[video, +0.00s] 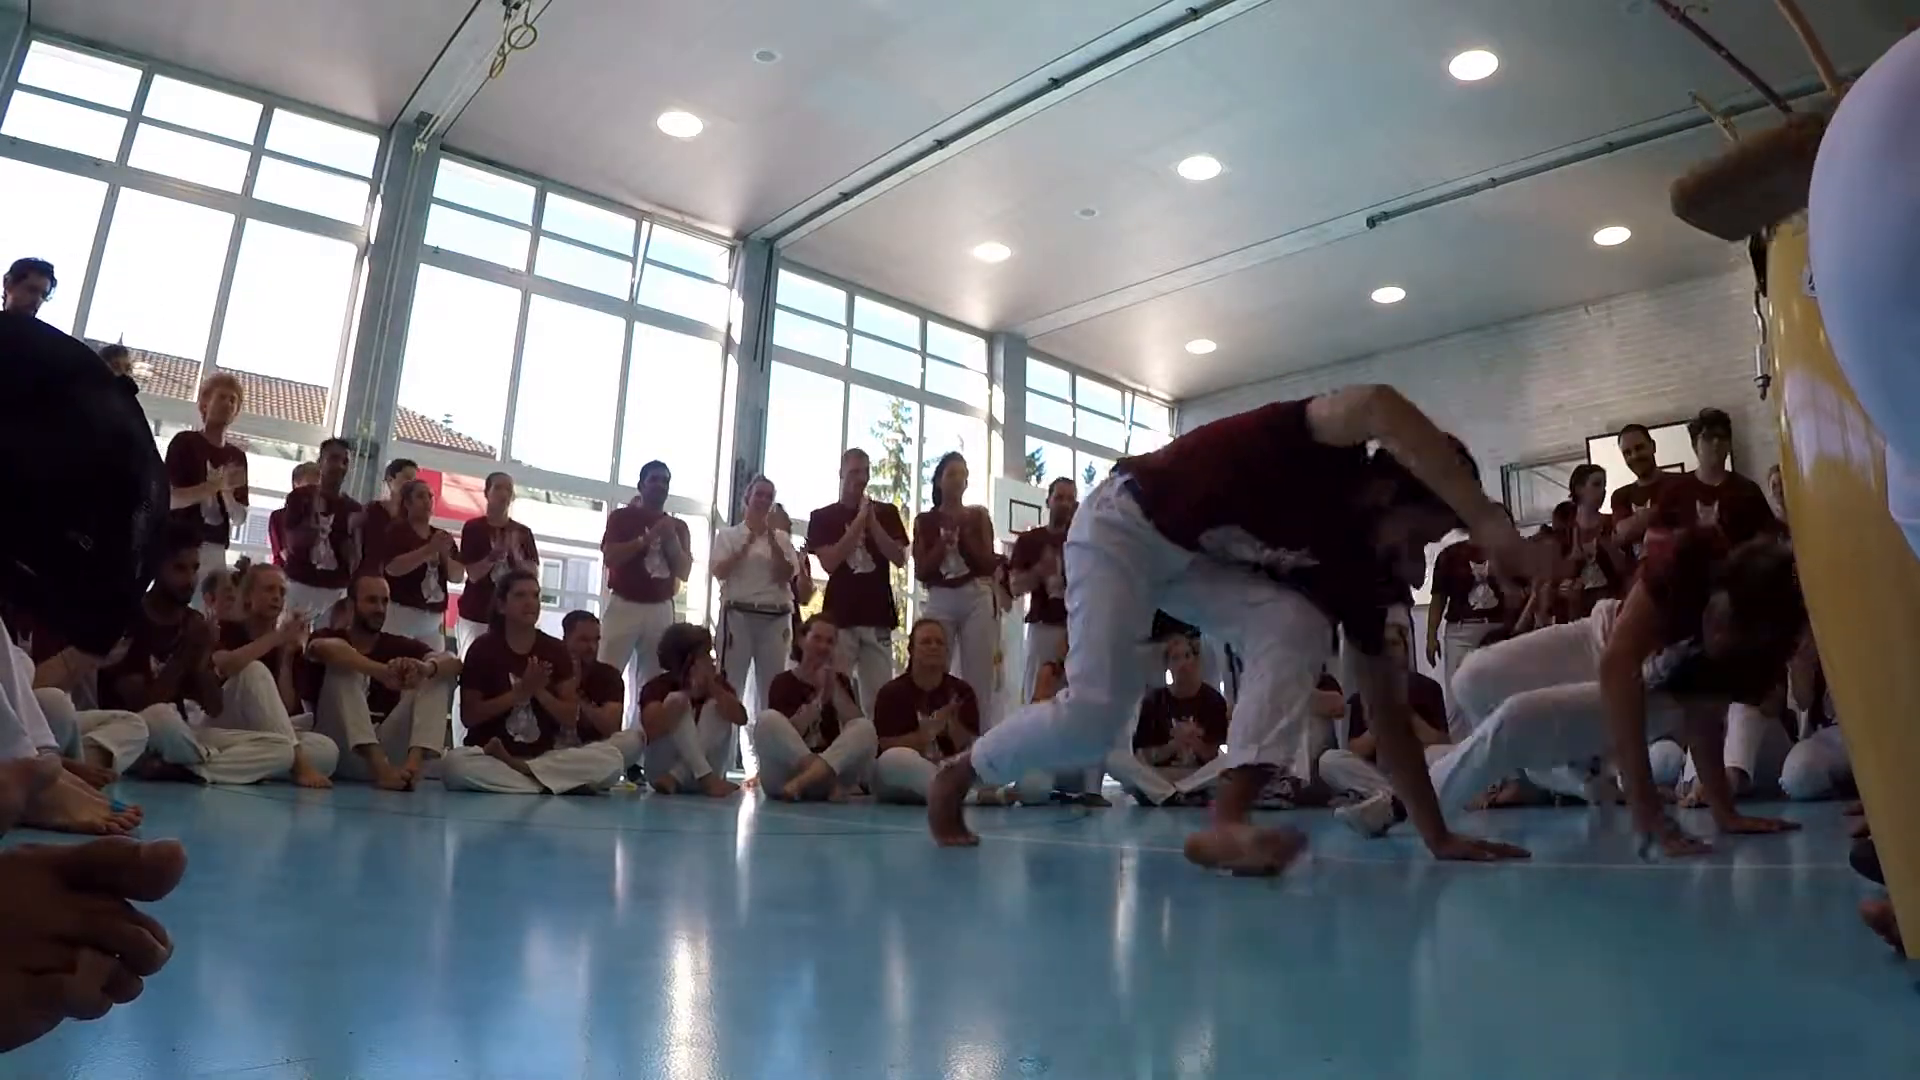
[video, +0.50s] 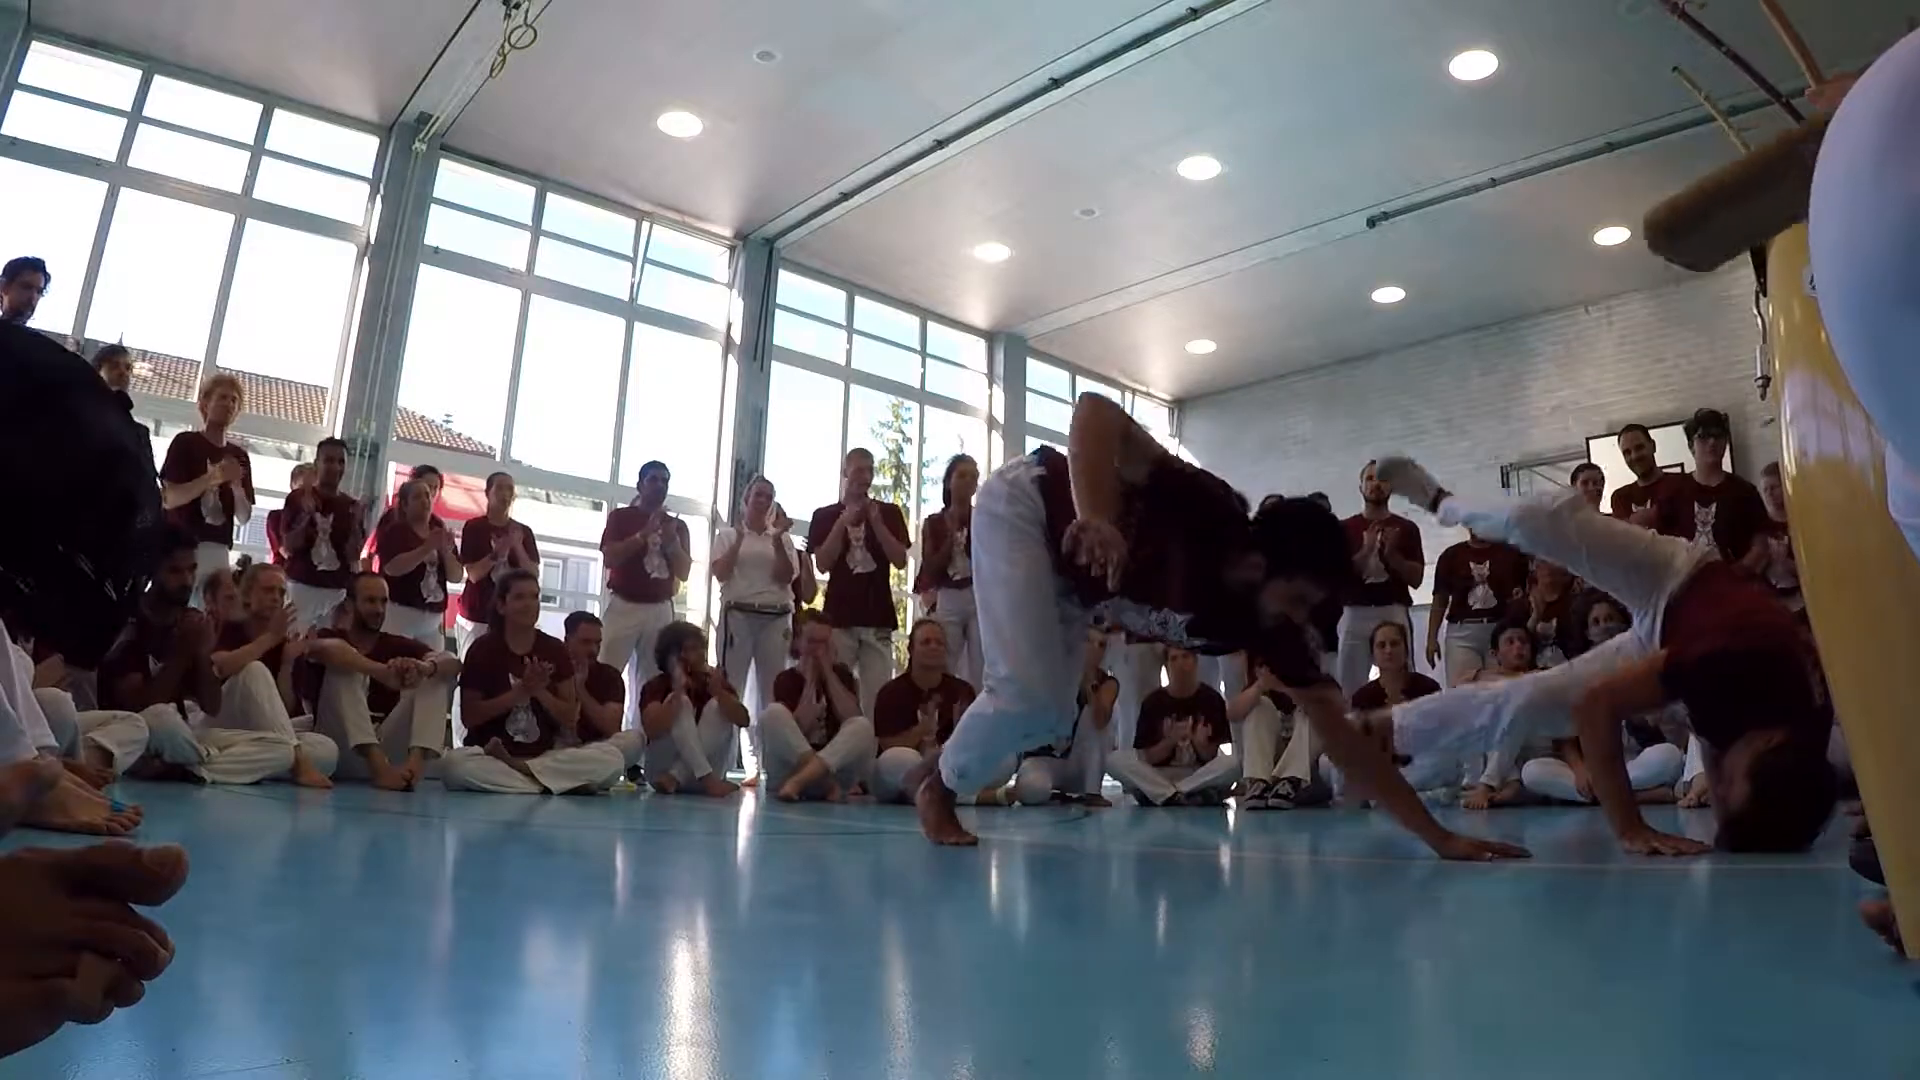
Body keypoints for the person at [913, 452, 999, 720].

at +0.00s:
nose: (959, 480)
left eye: (963, 474)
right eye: (952, 474)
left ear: (968, 481)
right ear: (938, 480)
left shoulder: (979, 515)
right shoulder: (925, 520)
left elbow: (988, 566)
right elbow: (921, 571)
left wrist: (963, 541)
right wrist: (942, 546)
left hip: (977, 599)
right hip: (939, 600)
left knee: (978, 680)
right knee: (933, 677)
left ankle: (979, 746)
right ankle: (934, 749)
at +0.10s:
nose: (961, 480)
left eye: (965, 476)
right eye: (954, 475)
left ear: (969, 482)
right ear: (940, 481)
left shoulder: (979, 516)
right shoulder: (926, 520)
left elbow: (991, 565)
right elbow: (922, 570)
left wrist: (970, 540)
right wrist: (944, 539)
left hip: (978, 597)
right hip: (941, 597)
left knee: (980, 678)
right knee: (935, 675)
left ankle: (982, 741)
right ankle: (935, 740)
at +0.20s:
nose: (963, 481)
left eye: (968, 476)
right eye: (957, 475)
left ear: (972, 483)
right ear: (943, 481)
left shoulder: (983, 520)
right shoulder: (927, 521)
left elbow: (990, 567)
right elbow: (925, 569)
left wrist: (971, 540)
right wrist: (946, 539)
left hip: (979, 598)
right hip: (942, 598)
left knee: (982, 682)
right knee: (940, 678)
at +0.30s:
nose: (966, 481)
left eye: (970, 476)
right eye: (959, 475)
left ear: (974, 482)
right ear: (945, 481)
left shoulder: (985, 521)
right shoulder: (929, 523)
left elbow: (989, 565)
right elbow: (926, 571)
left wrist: (968, 540)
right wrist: (950, 544)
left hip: (981, 598)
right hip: (944, 598)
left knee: (981, 679)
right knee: (939, 673)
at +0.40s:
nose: (966, 481)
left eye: (971, 476)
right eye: (960, 475)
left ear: (976, 482)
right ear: (946, 481)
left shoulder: (984, 521)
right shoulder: (931, 523)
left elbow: (991, 565)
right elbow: (930, 570)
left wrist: (974, 539)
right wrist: (952, 540)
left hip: (980, 594)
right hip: (946, 595)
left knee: (982, 675)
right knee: (941, 670)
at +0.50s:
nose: (968, 482)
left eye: (973, 477)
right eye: (962, 476)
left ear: (978, 483)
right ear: (948, 481)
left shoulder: (984, 519)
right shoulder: (934, 523)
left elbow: (991, 561)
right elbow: (931, 568)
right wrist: (949, 541)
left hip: (979, 592)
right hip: (947, 594)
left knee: (980, 667)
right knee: (946, 666)